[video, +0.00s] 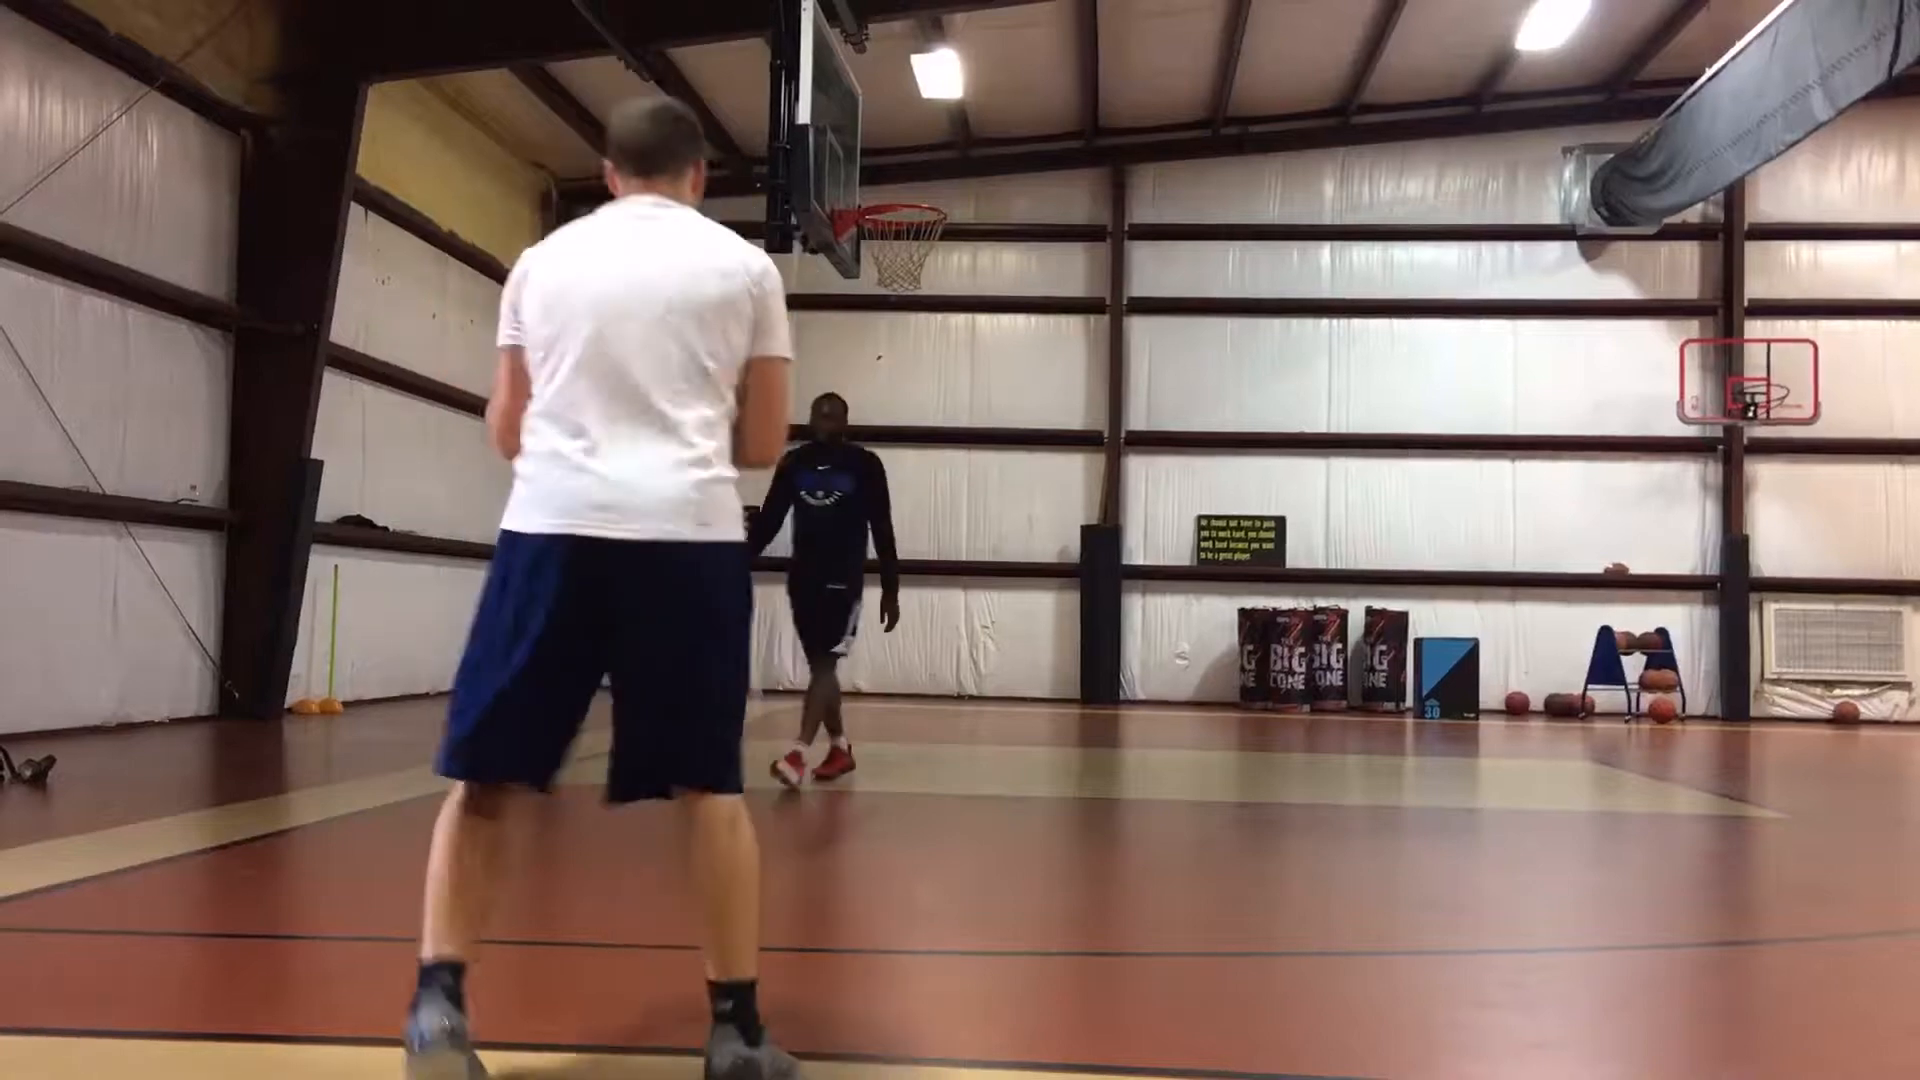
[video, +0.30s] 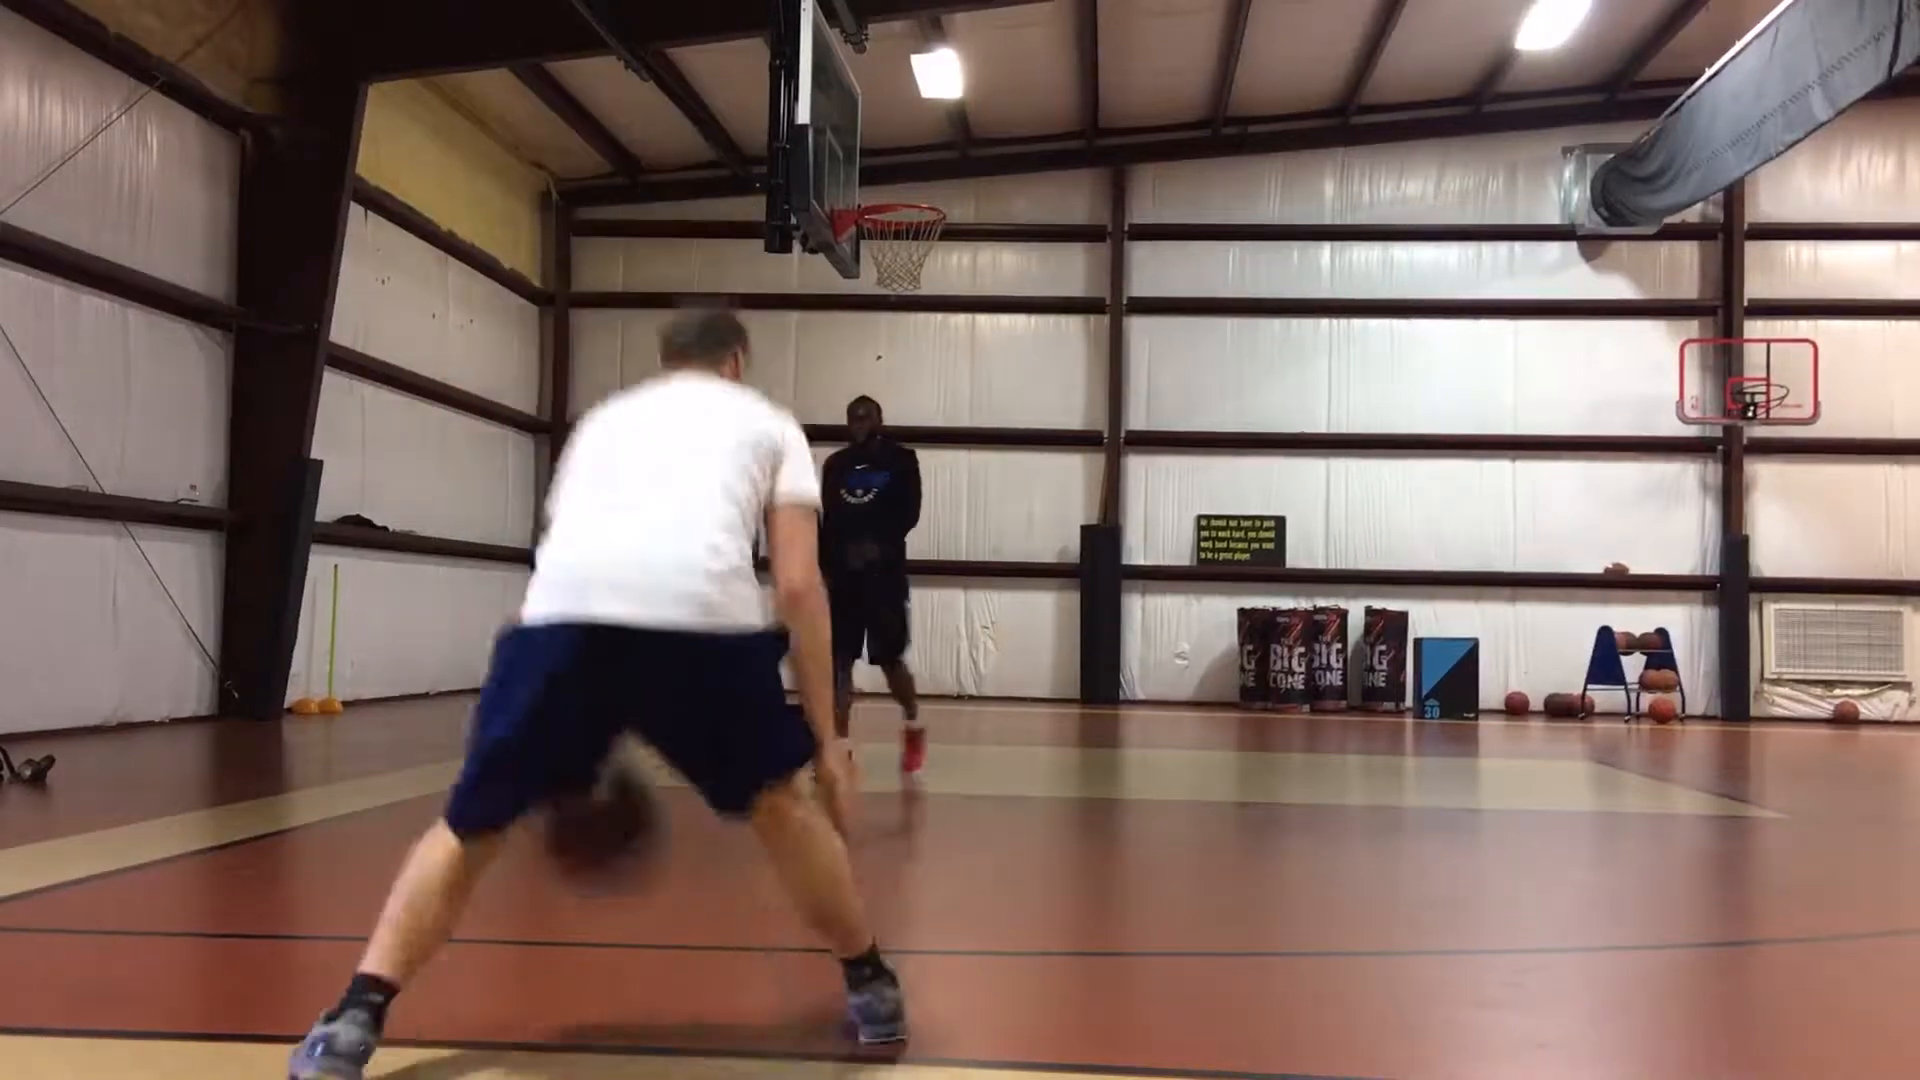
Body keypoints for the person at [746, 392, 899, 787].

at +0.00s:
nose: (825, 423)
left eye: (832, 416)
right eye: (820, 416)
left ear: (846, 422)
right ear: (810, 421)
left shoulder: (866, 465)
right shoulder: (794, 463)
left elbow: (883, 531)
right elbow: (769, 520)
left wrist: (891, 591)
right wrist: (739, 561)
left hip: (844, 574)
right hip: (804, 572)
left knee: (823, 663)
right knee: (819, 663)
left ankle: (800, 752)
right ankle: (840, 748)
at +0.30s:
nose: (857, 425)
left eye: (863, 418)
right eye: (853, 419)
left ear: (879, 421)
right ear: (846, 423)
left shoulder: (902, 459)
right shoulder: (835, 465)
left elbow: (908, 515)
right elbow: (830, 519)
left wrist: (879, 544)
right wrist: (827, 563)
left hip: (885, 576)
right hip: (843, 575)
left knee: (889, 658)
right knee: (839, 662)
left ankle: (912, 725)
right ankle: (837, 746)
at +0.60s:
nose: (913, 436)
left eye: (921, 431)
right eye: (910, 429)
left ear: (936, 437)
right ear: (904, 432)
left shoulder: (947, 473)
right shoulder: (895, 469)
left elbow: (939, 532)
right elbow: (888, 527)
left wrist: (905, 574)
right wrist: (877, 577)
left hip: (931, 585)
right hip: (890, 582)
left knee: (942, 664)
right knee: (877, 659)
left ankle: (947, 744)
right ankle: (867, 744)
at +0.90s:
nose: (956, 446)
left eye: (963, 442)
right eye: (953, 439)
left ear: (973, 449)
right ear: (943, 439)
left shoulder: (984, 486)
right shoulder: (928, 472)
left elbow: (988, 546)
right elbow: (916, 522)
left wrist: (958, 589)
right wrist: (902, 566)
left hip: (962, 583)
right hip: (928, 576)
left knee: (947, 661)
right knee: (928, 660)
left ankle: (950, 743)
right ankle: (974, 716)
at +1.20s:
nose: (961, 454)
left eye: (968, 449)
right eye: (958, 448)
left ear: (981, 453)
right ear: (952, 452)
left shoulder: (1002, 482)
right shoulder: (942, 487)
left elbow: (1013, 542)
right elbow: (942, 542)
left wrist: (998, 590)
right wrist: (946, 589)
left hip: (994, 584)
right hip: (959, 583)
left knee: (983, 658)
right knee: (975, 659)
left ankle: (978, 736)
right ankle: (994, 735)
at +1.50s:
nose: (970, 457)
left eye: (976, 451)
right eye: (969, 451)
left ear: (993, 453)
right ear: (969, 453)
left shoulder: (1017, 483)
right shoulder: (965, 492)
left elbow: (1039, 534)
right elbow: (970, 544)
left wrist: (1028, 586)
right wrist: (975, 587)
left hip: (1025, 584)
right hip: (991, 586)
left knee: (1030, 655)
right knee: (992, 661)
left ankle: (1061, 721)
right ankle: (996, 737)